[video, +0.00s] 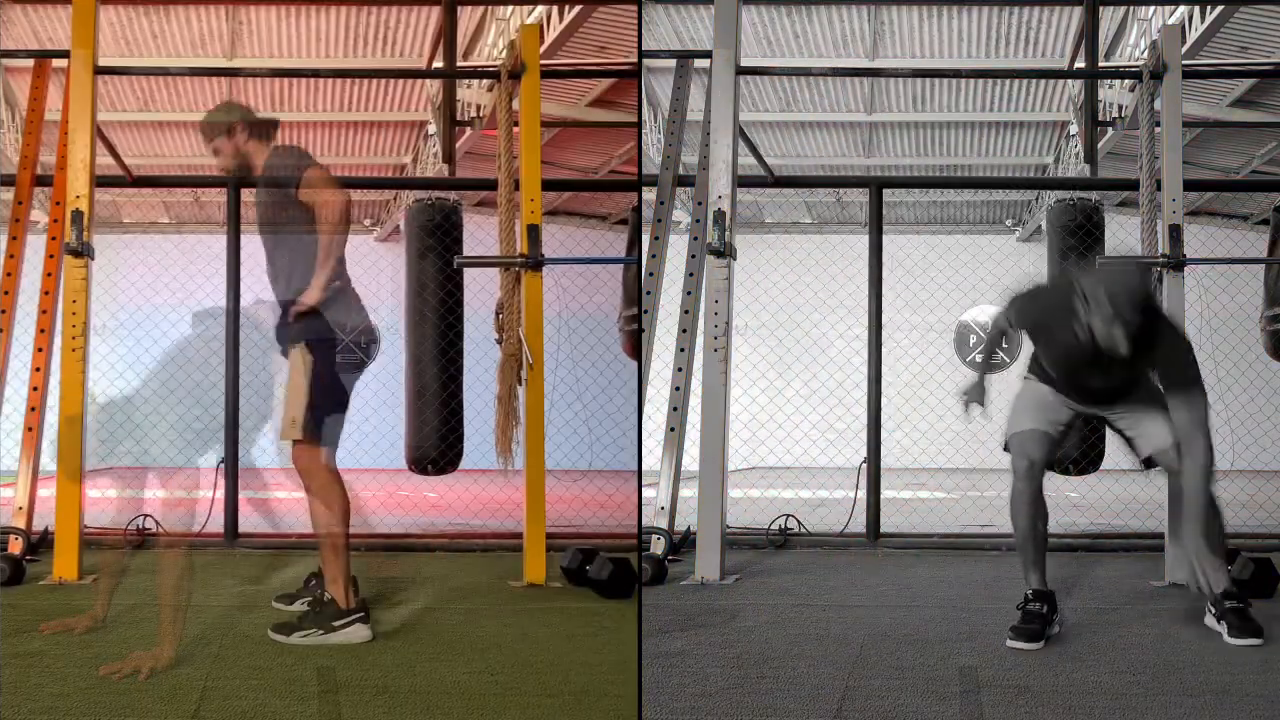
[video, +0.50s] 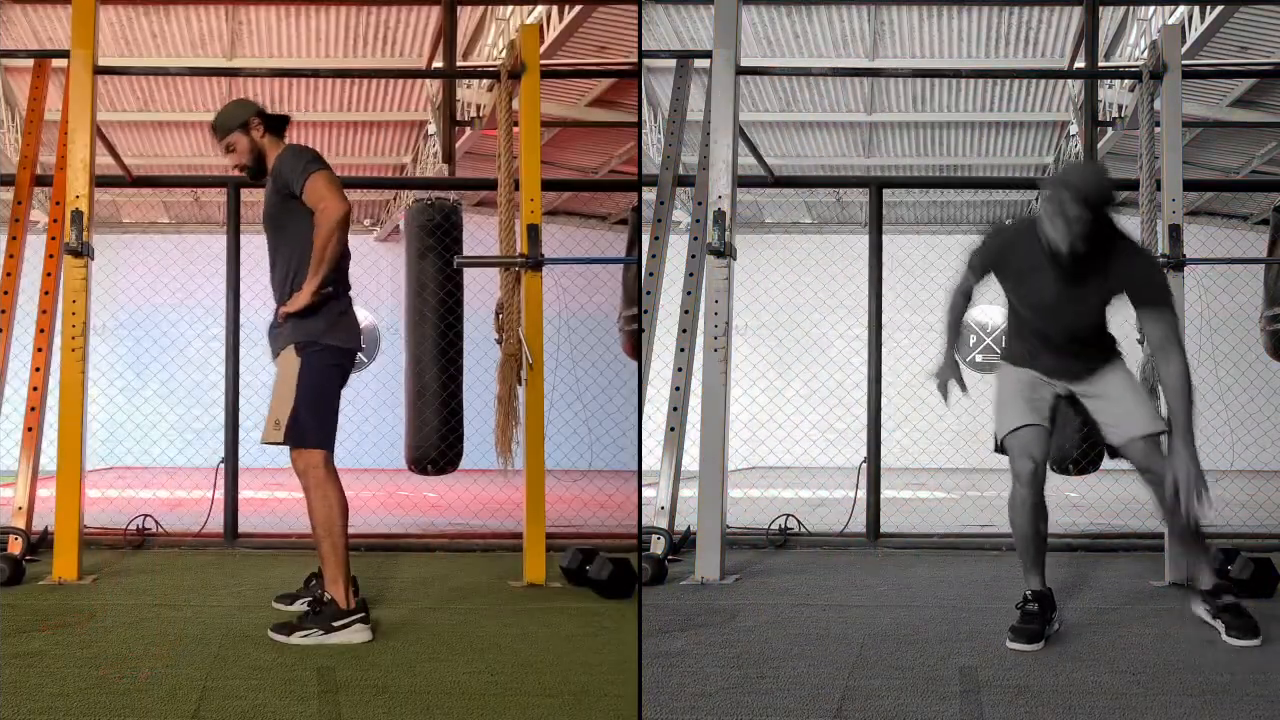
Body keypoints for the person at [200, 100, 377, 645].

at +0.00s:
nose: (216, 159)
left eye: (216, 148)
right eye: (212, 150)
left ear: (239, 134)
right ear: (240, 134)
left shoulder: (284, 160)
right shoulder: (274, 172)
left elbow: (334, 202)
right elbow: (328, 213)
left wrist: (317, 284)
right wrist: (299, 300)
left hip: (325, 332)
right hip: (314, 330)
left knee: (308, 454)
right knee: (310, 456)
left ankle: (342, 605)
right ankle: (333, 580)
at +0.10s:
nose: (231, 150)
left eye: (233, 138)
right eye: (228, 141)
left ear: (258, 126)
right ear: (260, 127)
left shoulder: (296, 157)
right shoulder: (289, 167)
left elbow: (336, 208)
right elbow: (330, 224)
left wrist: (308, 286)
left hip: (314, 333)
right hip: (311, 333)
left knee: (310, 459)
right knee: (310, 459)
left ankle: (342, 602)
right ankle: (331, 580)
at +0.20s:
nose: (242, 147)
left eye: (244, 135)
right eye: (239, 138)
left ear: (270, 124)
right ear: (271, 126)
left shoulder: (305, 159)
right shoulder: (296, 170)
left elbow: (337, 215)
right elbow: (325, 245)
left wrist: (302, 290)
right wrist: (323, 316)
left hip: (306, 338)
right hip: (304, 337)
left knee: (308, 462)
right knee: (309, 462)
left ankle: (341, 603)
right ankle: (332, 582)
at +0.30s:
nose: (246, 147)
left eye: (248, 135)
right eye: (243, 138)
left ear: (274, 124)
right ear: (276, 126)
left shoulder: (309, 160)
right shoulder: (299, 171)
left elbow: (339, 219)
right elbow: (330, 250)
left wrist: (299, 291)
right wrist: (322, 318)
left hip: (302, 340)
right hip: (300, 339)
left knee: (309, 465)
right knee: (309, 464)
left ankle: (341, 603)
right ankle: (331, 582)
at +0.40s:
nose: (243, 150)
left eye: (245, 138)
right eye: (239, 141)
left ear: (270, 125)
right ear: (270, 127)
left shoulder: (305, 159)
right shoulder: (296, 171)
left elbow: (338, 217)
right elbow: (333, 251)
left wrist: (301, 290)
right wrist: (323, 316)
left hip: (305, 340)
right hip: (303, 339)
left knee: (308, 464)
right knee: (309, 463)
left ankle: (341, 603)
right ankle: (332, 582)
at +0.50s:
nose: (230, 158)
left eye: (231, 146)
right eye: (224, 150)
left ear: (256, 129)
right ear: (255, 132)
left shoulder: (293, 159)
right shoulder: (285, 174)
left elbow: (334, 209)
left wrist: (310, 288)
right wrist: (301, 298)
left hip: (317, 340)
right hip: (312, 340)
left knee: (311, 462)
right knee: (310, 462)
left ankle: (342, 603)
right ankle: (332, 582)